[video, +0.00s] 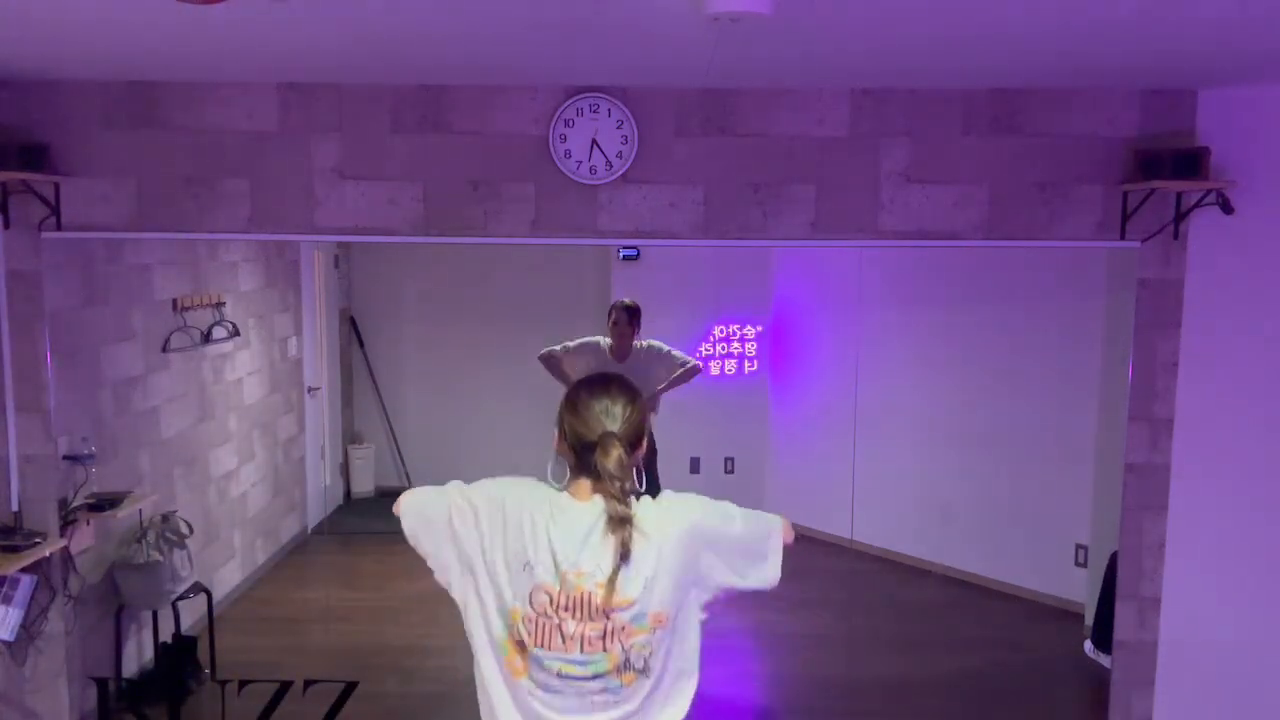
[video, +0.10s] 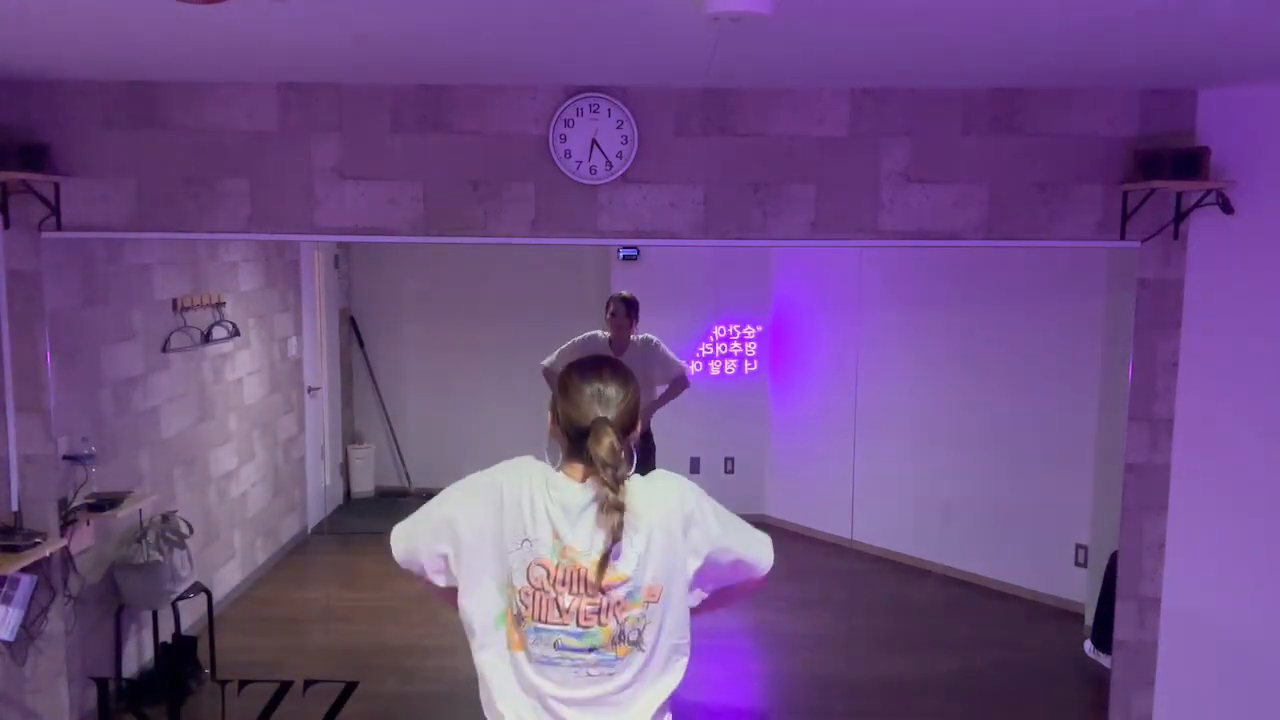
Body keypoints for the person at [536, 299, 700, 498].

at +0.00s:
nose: (618, 330)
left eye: (624, 325)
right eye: (614, 324)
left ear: (635, 328)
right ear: (608, 325)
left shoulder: (651, 351)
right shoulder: (593, 347)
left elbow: (693, 367)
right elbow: (547, 356)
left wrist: (657, 393)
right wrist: (575, 388)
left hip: (639, 428)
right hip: (597, 424)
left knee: (650, 489)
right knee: (595, 487)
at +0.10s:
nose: (615, 320)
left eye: (621, 315)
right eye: (611, 314)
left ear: (633, 320)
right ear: (606, 317)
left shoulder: (649, 346)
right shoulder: (590, 342)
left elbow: (682, 380)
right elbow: (549, 369)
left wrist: (651, 409)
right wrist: (574, 407)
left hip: (637, 434)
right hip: (593, 431)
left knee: (639, 498)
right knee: (593, 497)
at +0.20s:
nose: (612, 322)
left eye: (619, 317)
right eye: (609, 316)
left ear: (631, 323)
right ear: (603, 320)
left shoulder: (647, 355)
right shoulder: (586, 351)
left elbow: (664, 406)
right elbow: (553, 391)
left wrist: (640, 441)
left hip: (635, 442)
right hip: (592, 438)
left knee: (640, 507)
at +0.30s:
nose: (613, 333)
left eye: (620, 328)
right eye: (609, 327)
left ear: (630, 334)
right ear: (603, 331)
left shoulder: (644, 372)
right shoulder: (583, 369)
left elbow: (645, 430)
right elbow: (571, 417)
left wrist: (630, 469)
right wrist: (579, 458)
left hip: (633, 459)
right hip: (591, 454)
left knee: (643, 520)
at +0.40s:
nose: (614, 349)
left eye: (621, 344)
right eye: (610, 342)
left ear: (630, 350)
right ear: (602, 345)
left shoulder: (642, 389)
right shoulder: (580, 383)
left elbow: (636, 446)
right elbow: (569, 433)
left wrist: (629, 492)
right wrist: (568, 476)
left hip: (627, 466)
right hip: (587, 464)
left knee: (644, 527)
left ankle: (631, 589)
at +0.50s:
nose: (611, 359)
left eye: (618, 354)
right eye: (607, 352)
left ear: (627, 360)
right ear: (598, 354)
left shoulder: (636, 399)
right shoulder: (575, 388)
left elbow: (635, 454)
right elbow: (571, 443)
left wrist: (635, 499)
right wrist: (571, 489)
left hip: (617, 465)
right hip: (580, 464)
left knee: (636, 533)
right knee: (526, 528)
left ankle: (627, 607)